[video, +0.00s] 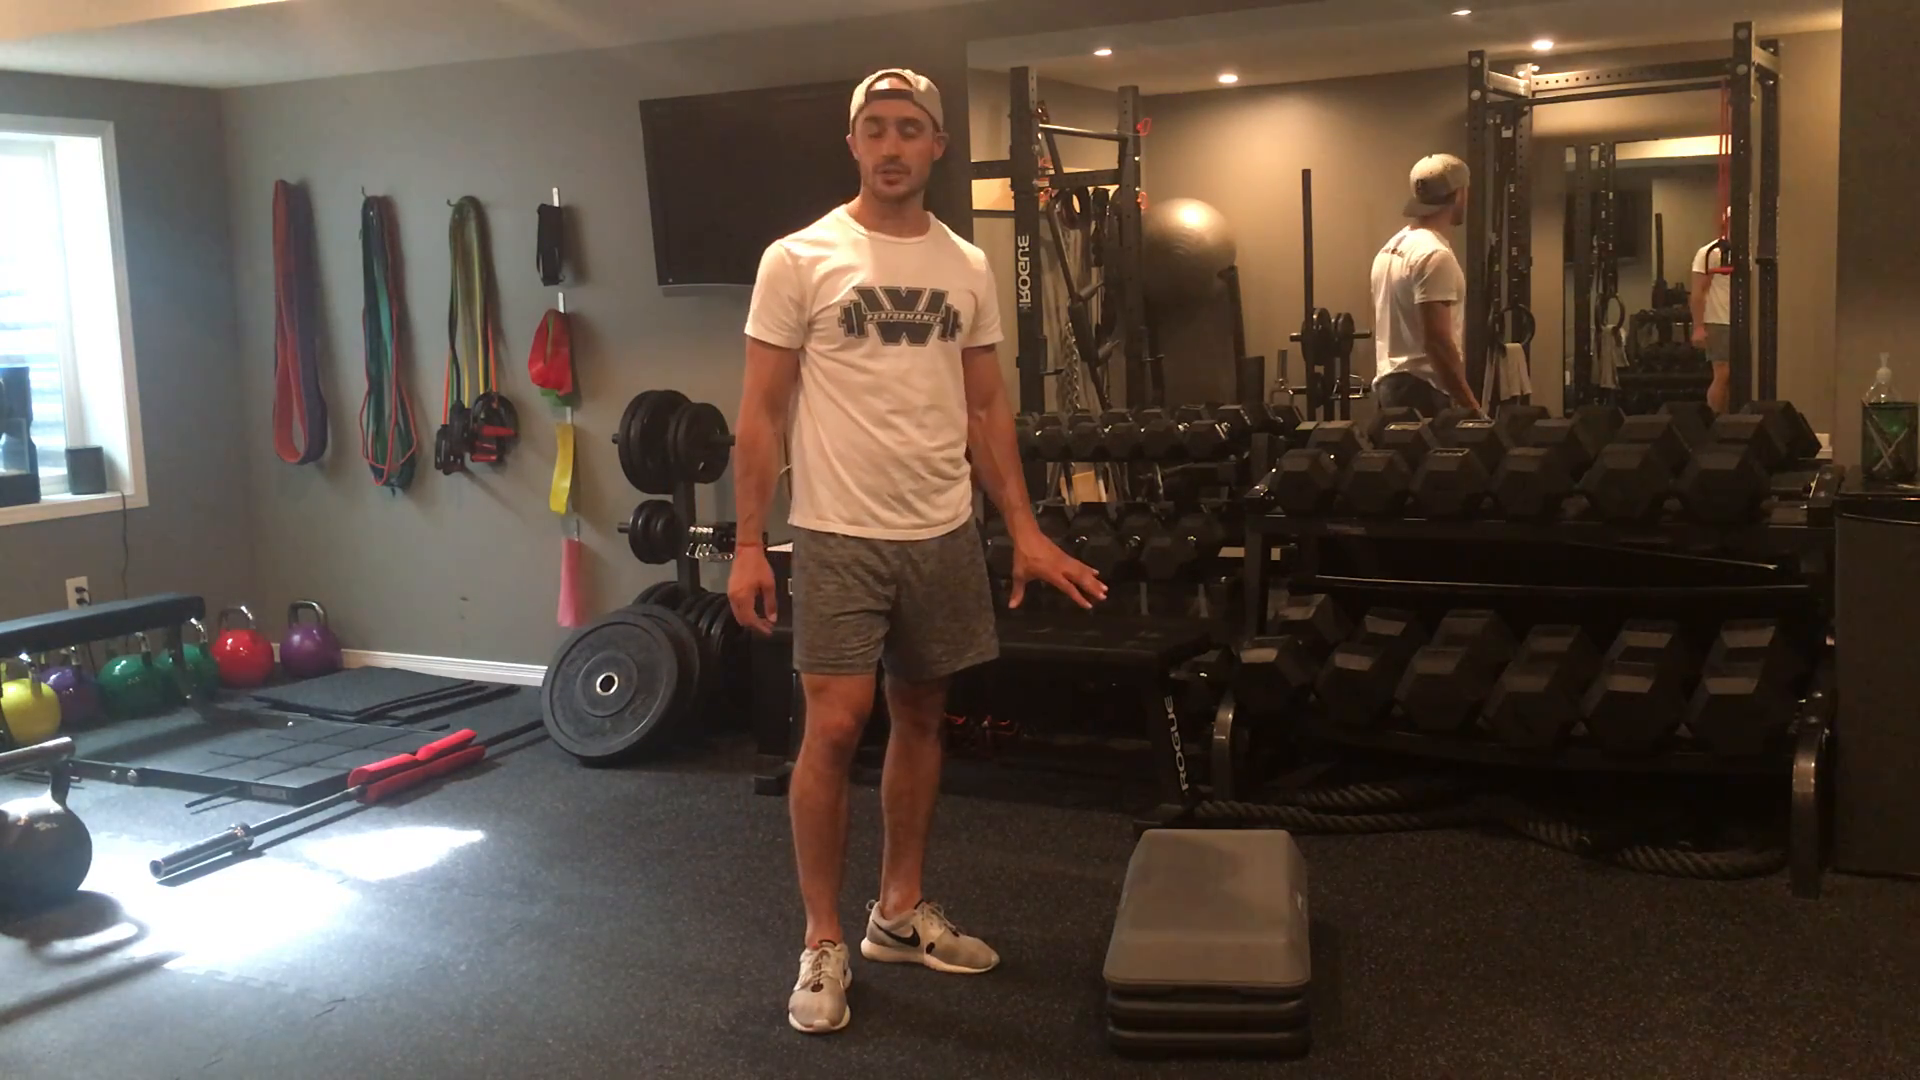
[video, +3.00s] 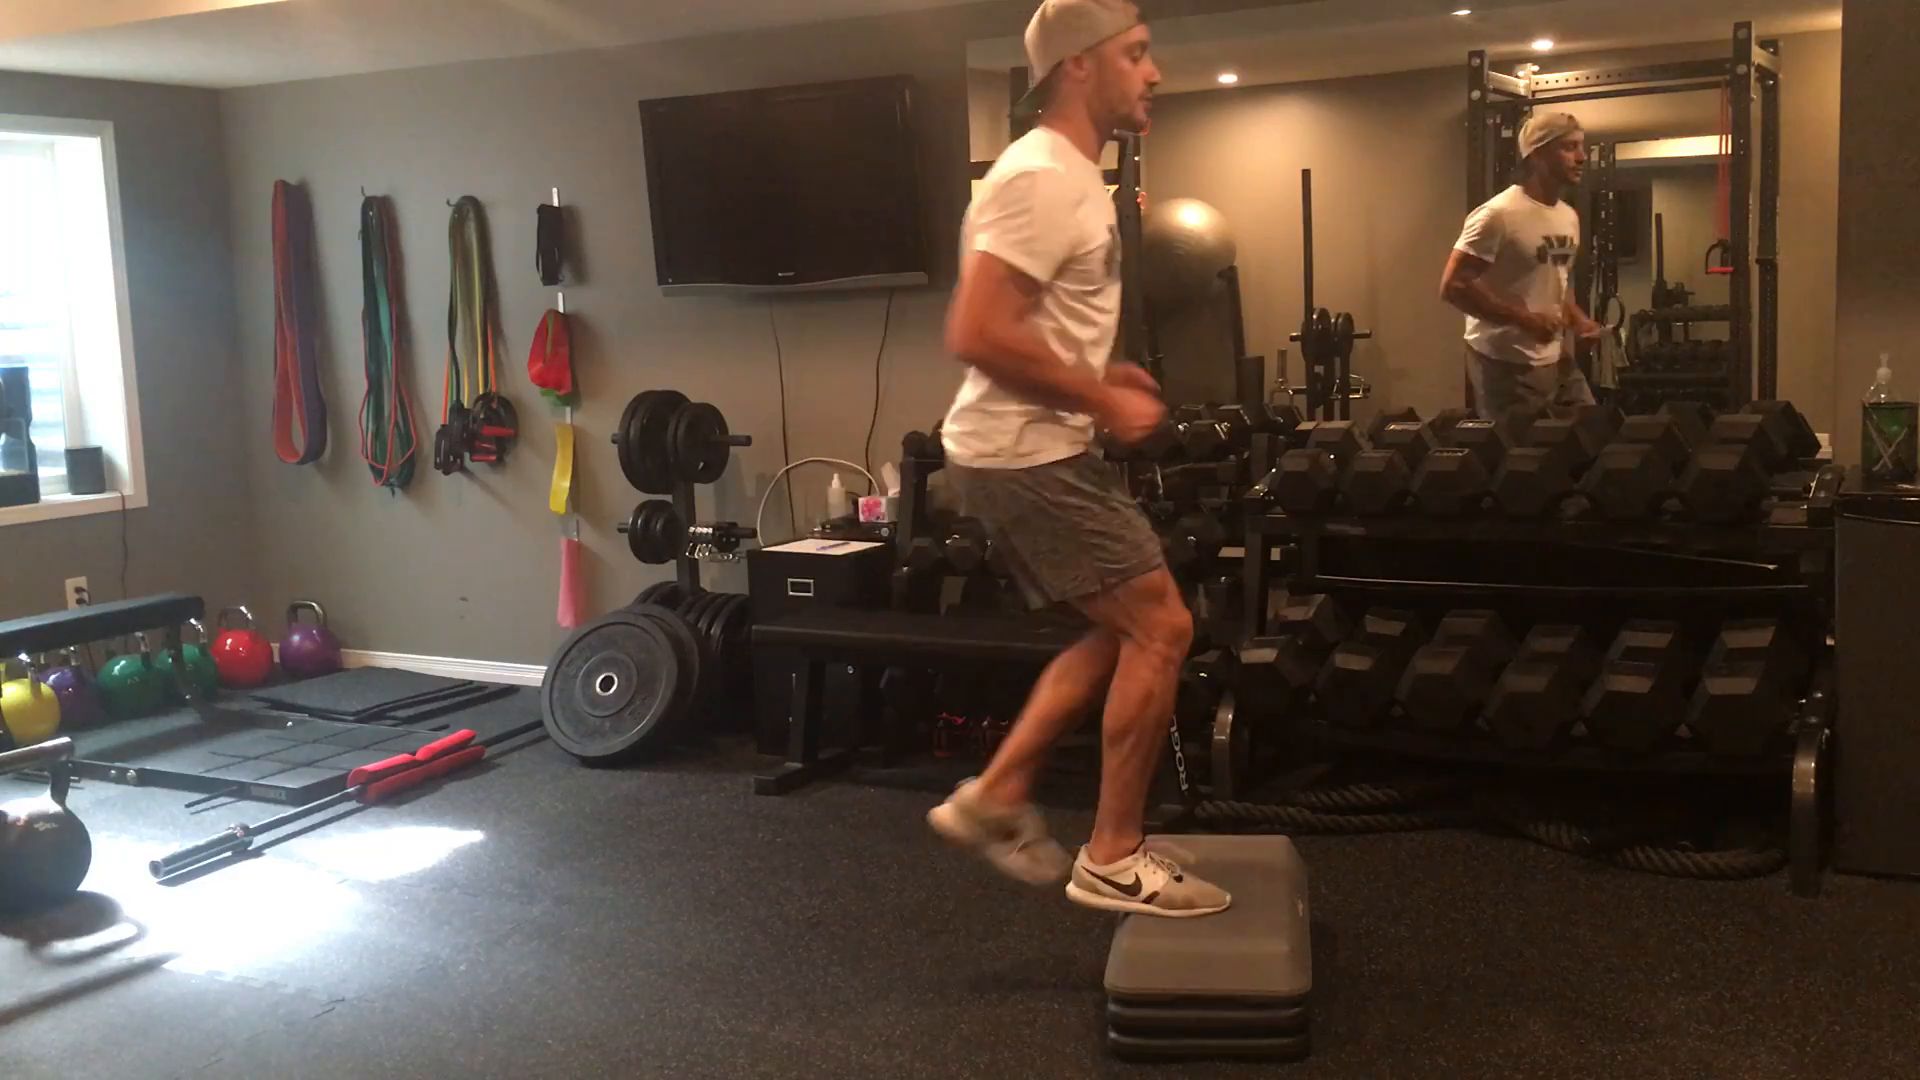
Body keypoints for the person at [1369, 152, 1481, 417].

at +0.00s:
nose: (1467, 199)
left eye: (1467, 191)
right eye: (1466, 192)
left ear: (1420, 194)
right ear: (1458, 196)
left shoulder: (1389, 249)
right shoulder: (1434, 254)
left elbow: (1387, 328)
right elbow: (1438, 341)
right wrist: (1471, 406)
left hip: (1389, 388)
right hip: (1423, 393)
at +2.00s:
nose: (1477, 215)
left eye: (1479, 205)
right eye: (1471, 204)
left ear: (1444, 199)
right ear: (1443, 199)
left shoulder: (1440, 249)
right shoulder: (1409, 247)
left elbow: (1429, 327)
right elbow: (1395, 327)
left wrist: (1444, 394)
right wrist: (1438, 392)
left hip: (1428, 394)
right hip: (1400, 392)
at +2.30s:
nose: (1487, 214)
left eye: (1490, 204)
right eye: (1478, 204)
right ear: (1450, 201)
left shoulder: (1475, 257)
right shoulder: (1409, 252)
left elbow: (1464, 329)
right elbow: (1366, 318)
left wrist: (1479, 392)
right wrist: (1395, 386)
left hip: (1452, 399)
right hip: (1411, 400)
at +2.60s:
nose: (1518, 220)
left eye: (1519, 210)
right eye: (1505, 212)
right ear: (1475, 215)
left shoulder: (1508, 259)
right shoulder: (1432, 269)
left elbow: (1491, 331)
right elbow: (1384, 331)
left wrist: (1506, 374)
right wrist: (1433, 386)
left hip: (1484, 411)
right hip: (1438, 414)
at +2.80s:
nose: (1554, 189)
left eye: (1554, 179)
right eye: (1543, 179)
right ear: (1513, 185)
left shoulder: (1533, 235)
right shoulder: (1474, 237)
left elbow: (1504, 301)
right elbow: (1431, 305)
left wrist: (1523, 338)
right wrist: (1508, 317)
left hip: (1513, 370)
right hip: (1464, 380)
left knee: (1569, 420)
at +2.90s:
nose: (1573, 161)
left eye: (1573, 152)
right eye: (1561, 152)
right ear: (1529, 158)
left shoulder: (1552, 215)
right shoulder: (1491, 213)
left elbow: (1529, 285)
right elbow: (1444, 281)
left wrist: (1544, 322)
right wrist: (1517, 296)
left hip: (1534, 356)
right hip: (1485, 367)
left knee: (1582, 420)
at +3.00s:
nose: (1582, 157)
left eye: (1582, 147)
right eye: (1570, 147)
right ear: (1537, 153)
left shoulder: (1568, 217)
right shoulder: (1496, 216)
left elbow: (1555, 286)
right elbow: (1453, 287)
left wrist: (1578, 319)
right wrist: (1522, 317)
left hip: (1557, 364)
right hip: (1504, 367)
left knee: (1589, 441)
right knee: (1514, 461)